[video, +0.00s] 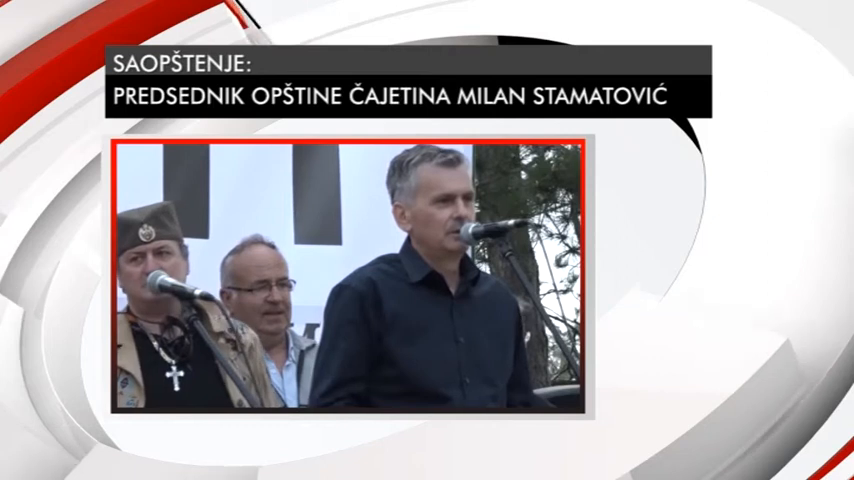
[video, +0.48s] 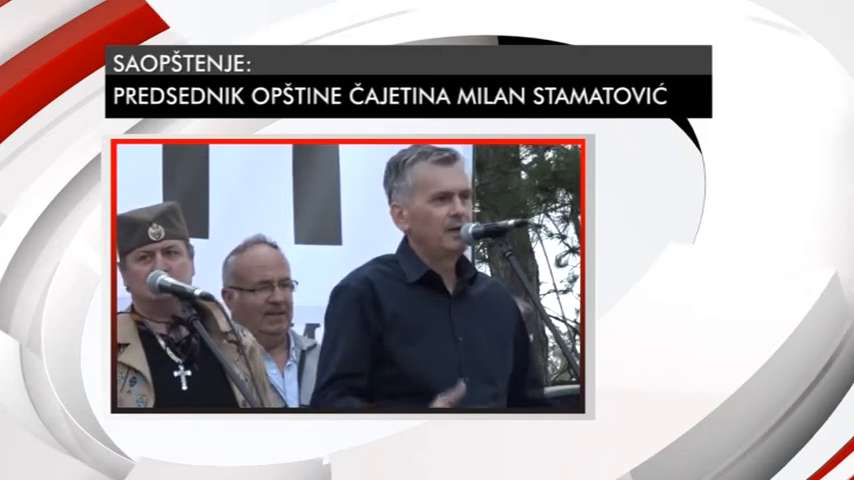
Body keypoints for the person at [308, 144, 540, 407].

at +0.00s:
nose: (462, 214)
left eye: (468, 200)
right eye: (443, 202)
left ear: (476, 204)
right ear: (402, 215)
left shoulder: (499, 301)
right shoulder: (360, 296)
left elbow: (521, 406)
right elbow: (331, 408)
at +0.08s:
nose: (462, 213)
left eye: (467, 199)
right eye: (443, 202)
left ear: (476, 204)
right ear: (402, 215)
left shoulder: (500, 301)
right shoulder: (360, 296)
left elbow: (522, 407)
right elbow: (331, 409)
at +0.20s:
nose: (461, 211)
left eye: (467, 197)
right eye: (442, 200)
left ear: (475, 203)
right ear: (402, 215)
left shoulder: (499, 301)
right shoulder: (360, 296)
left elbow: (521, 406)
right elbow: (332, 408)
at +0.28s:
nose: (461, 210)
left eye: (466, 196)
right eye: (442, 199)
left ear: (475, 203)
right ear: (401, 215)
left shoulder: (499, 302)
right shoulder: (360, 296)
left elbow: (522, 407)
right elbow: (331, 410)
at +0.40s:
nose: (460, 210)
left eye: (465, 196)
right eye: (441, 199)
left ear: (474, 203)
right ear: (401, 215)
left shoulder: (498, 300)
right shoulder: (361, 295)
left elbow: (526, 407)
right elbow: (332, 406)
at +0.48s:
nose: (459, 211)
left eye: (465, 197)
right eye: (441, 199)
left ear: (473, 203)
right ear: (400, 215)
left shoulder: (498, 300)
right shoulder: (362, 294)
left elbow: (529, 407)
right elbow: (329, 404)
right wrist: (424, 418)